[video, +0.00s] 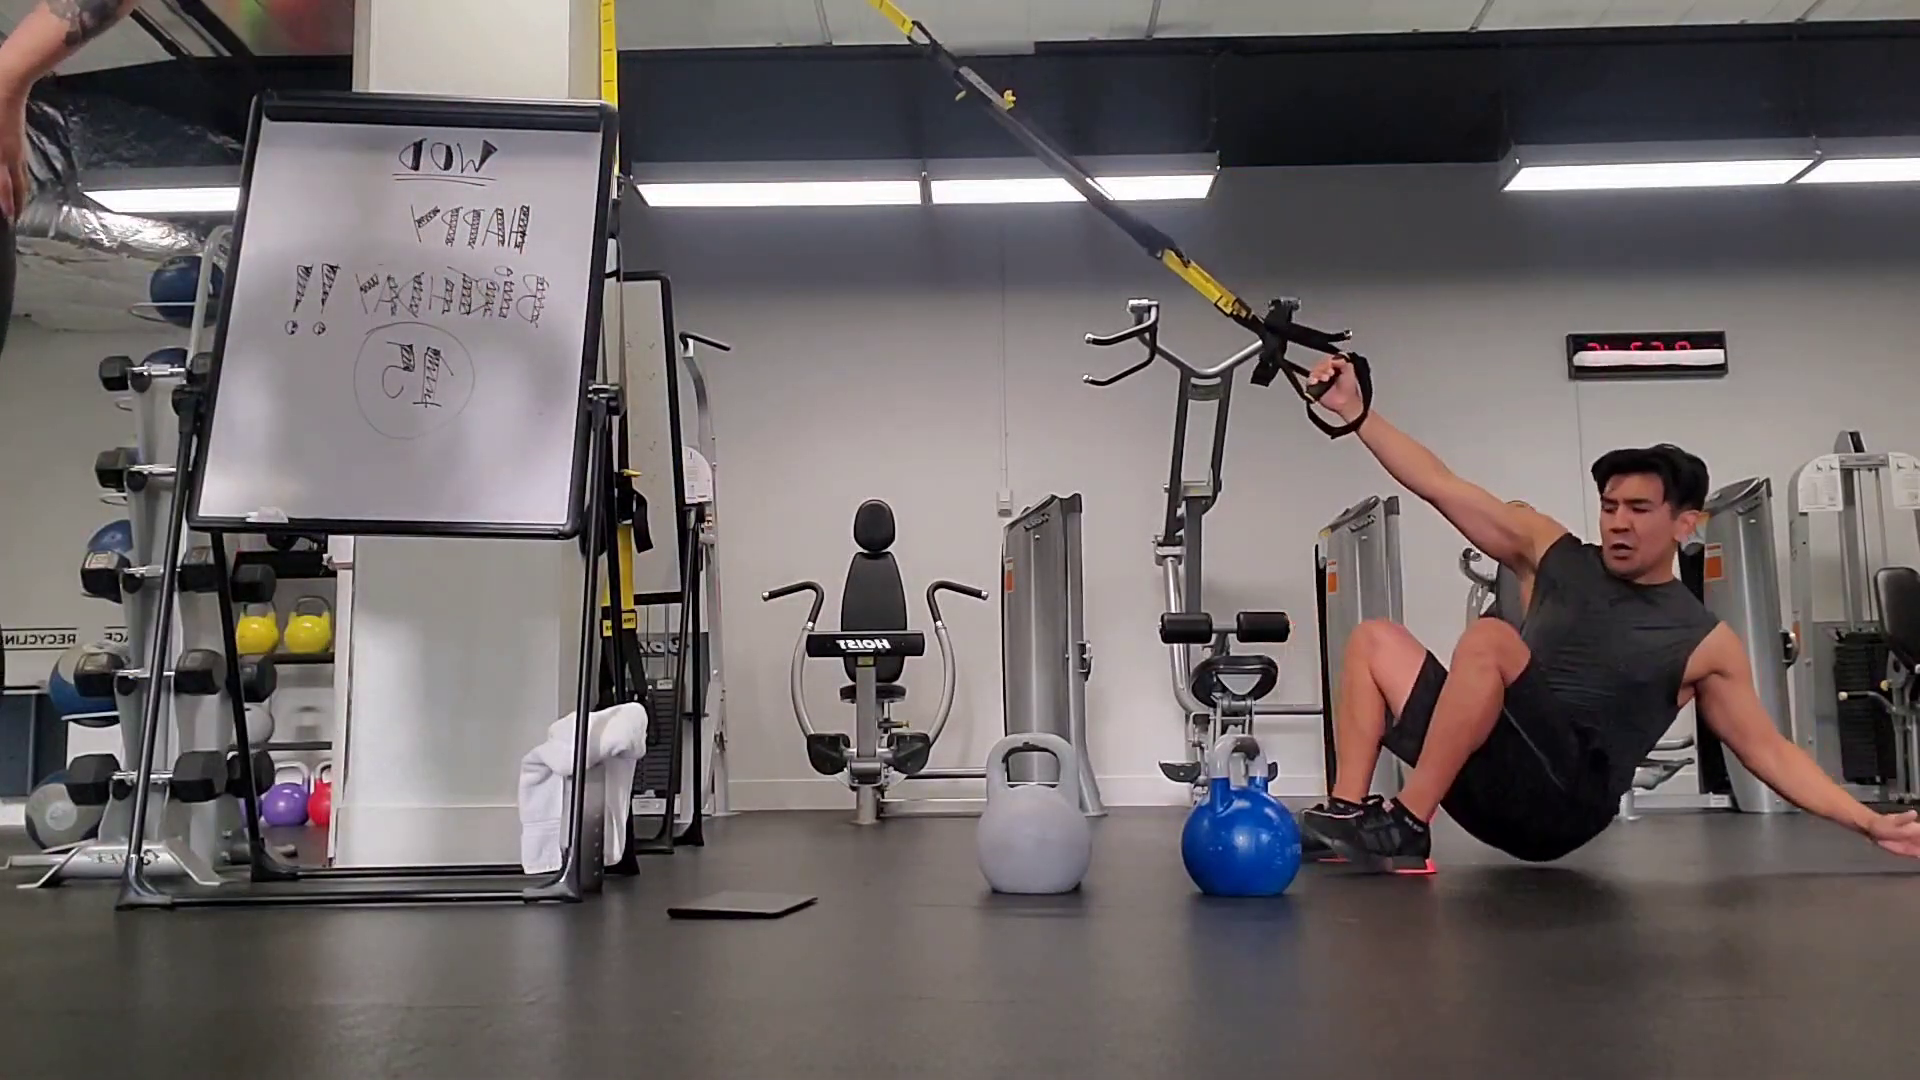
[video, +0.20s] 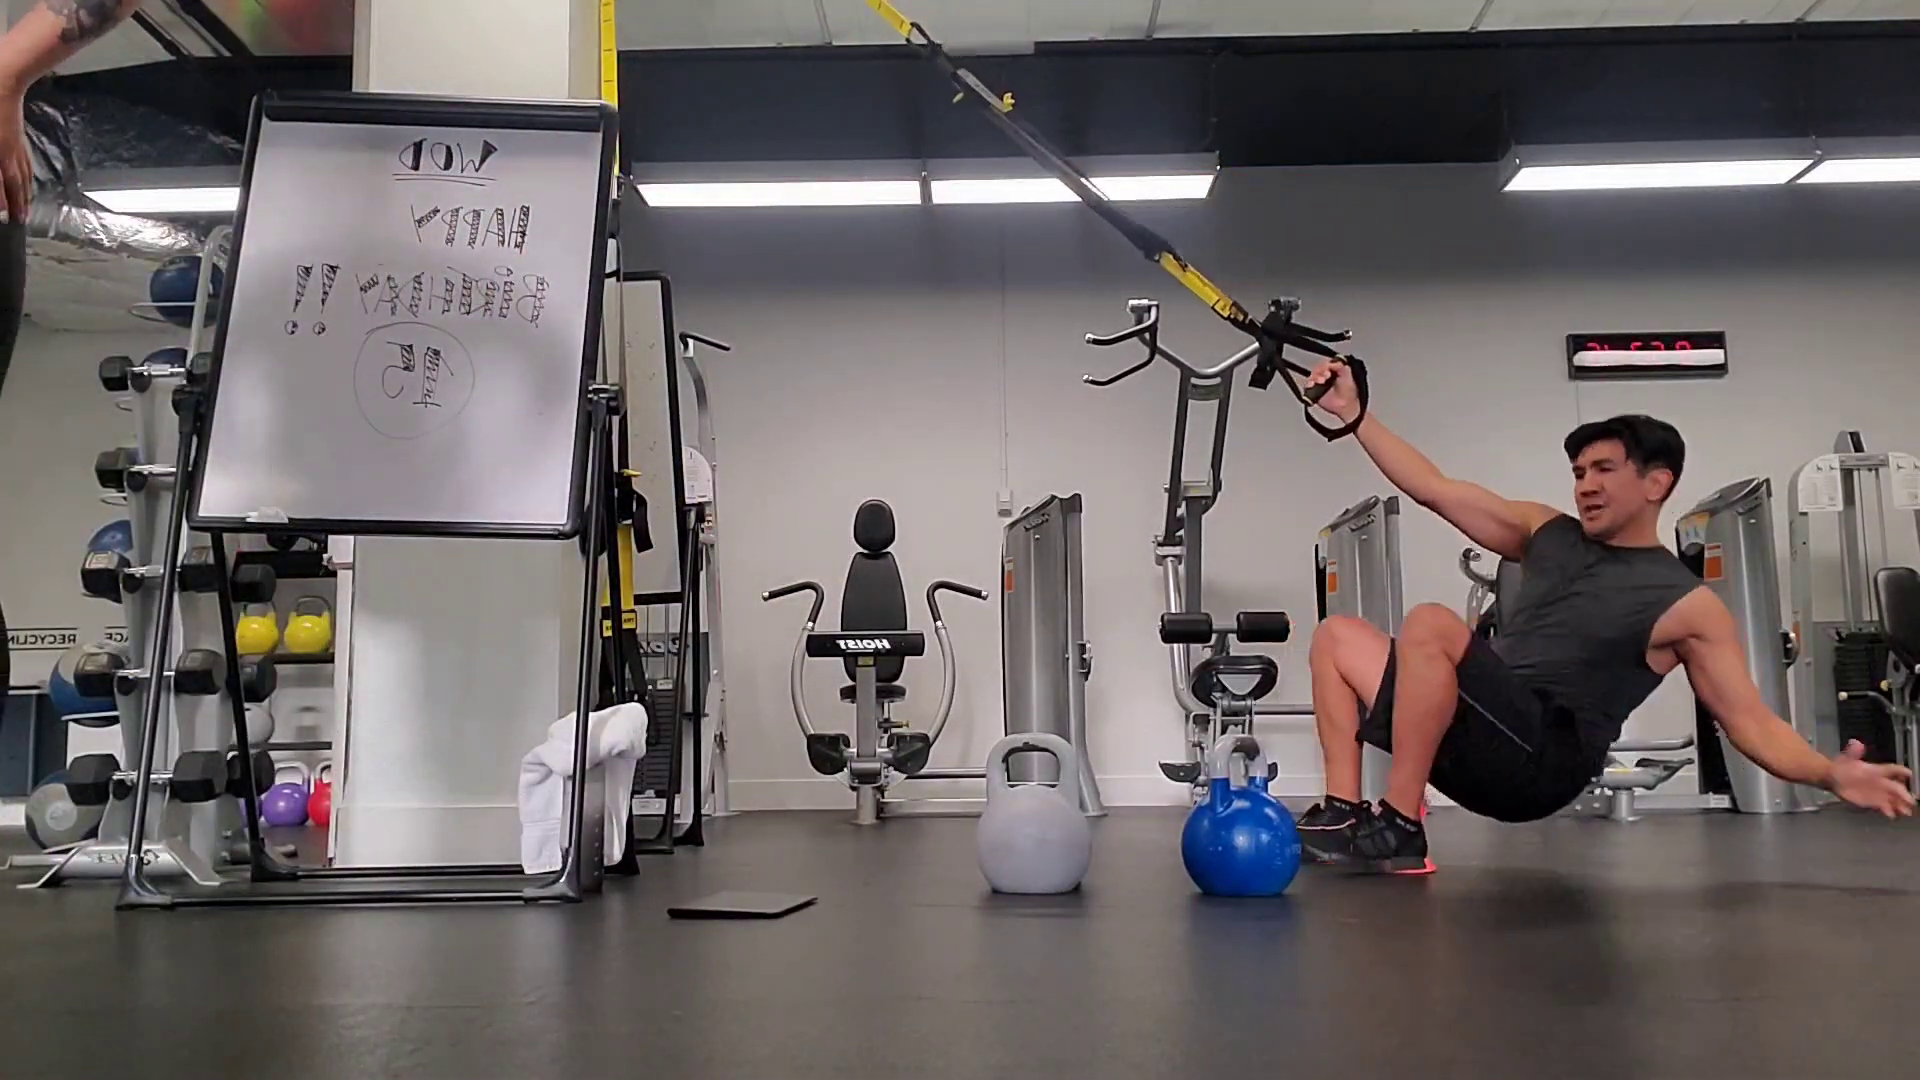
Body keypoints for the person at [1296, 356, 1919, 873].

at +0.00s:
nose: (1616, 523)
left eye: (1638, 509)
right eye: (1609, 507)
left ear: (1687, 523)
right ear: (1598, 511)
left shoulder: (1706, 642)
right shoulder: (1548, 549)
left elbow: (1767, 751)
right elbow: (1440, 486)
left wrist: (1870, 822)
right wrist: (1357, 416)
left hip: (1567, 799)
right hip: (1480, 767)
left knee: (1492, 637)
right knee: (1374, 640)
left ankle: (1409, 823)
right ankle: (1347, 814)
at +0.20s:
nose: (1583, 486)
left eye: (1602, 471)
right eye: (1578, 474)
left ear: (1658, 481)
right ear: (1572, 482)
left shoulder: (1688, 604)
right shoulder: (1545, 534)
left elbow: (1753, 725)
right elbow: (1434, 489)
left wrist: (1833, 771)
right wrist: (1355, 418)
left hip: (1548, 759)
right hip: (1470, 731)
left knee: (1430, 624)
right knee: (1337, 636)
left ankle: (1400, 823)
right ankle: (1343, 812)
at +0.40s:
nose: (1532, 368)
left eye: (1549, 350)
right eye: (1529, 360)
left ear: (1604, 359)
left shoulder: (1628, 450)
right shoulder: (1529, 452)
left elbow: (1618, 540)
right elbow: (1430, 463)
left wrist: (1555, 523)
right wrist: (1370, 394)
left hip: (1523, 640)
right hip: (1472, 627)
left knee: (1339, 632)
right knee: (1290, 639)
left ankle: (1392, 824)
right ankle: (1339, 810)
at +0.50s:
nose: (1495, 303)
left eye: (1508, 286)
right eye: (1495, 292)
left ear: (1561, 293)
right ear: (1548, 299)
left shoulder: (1573, 365)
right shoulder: (1515, 388)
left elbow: (1522, 410)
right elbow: (1430, 451)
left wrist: (1412, 374)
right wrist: (1374, 385)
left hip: (1497, 575)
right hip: (1454, 568)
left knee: (1319, 636)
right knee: (1284, 640)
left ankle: (1390, 825)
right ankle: (1343, 809)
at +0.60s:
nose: (1456, 241)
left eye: (1470, 226)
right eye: (1459, 231)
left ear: (1518, 232)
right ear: (1516, 237)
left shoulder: (1525, 292)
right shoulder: (1486, 316)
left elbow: (1433, 297)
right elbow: (1437, 434)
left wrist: (1313, 263)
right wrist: (1381, 381)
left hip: (1470, 509)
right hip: (1434, 508)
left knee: (1318, 630)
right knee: (1292, 634)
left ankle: (1386, 821)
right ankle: (1345, 808)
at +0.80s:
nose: (1391, 170)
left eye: (1403, 156)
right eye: (1397, 158)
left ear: (1442, 158)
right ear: (1455, 167)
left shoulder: (1420, 209)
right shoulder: (1483, 268)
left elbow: (1292, 185)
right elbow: (1469, 380)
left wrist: (1176, 147)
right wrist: (1363, 336)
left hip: (1402, 428)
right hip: (1417, 435)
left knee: (1354, 614)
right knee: (1341, 618)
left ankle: (1385, 818)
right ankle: (1347, 808)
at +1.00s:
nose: (1351, 163)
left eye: (1360, 151)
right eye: (1357, 153)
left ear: (1391, 152)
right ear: (1419, 167)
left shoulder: (1344, 202)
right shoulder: (1453, 257)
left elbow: (1221, 169)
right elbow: (1462, 390)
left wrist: (1113, 124)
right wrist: (1360, 350)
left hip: (1361, 431)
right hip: (1406, 437)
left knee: (1373, 617)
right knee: (1347, 620)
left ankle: (1388, 819)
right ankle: (1349, 806)